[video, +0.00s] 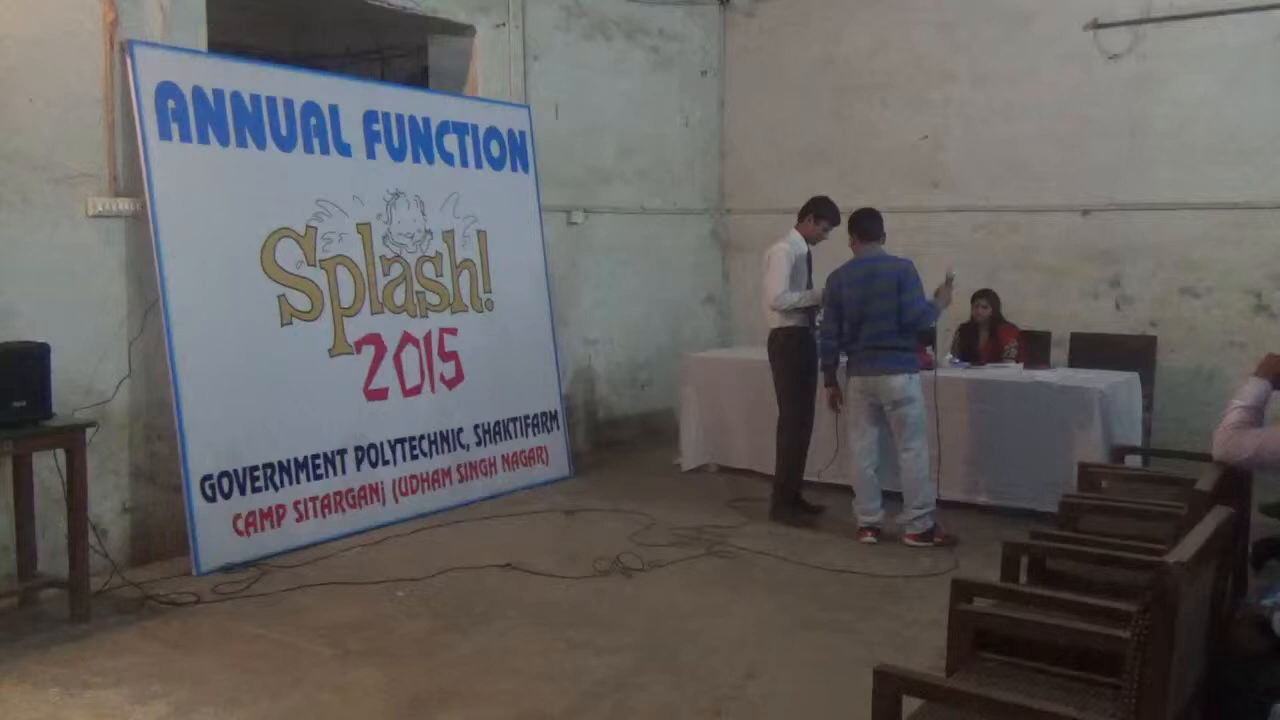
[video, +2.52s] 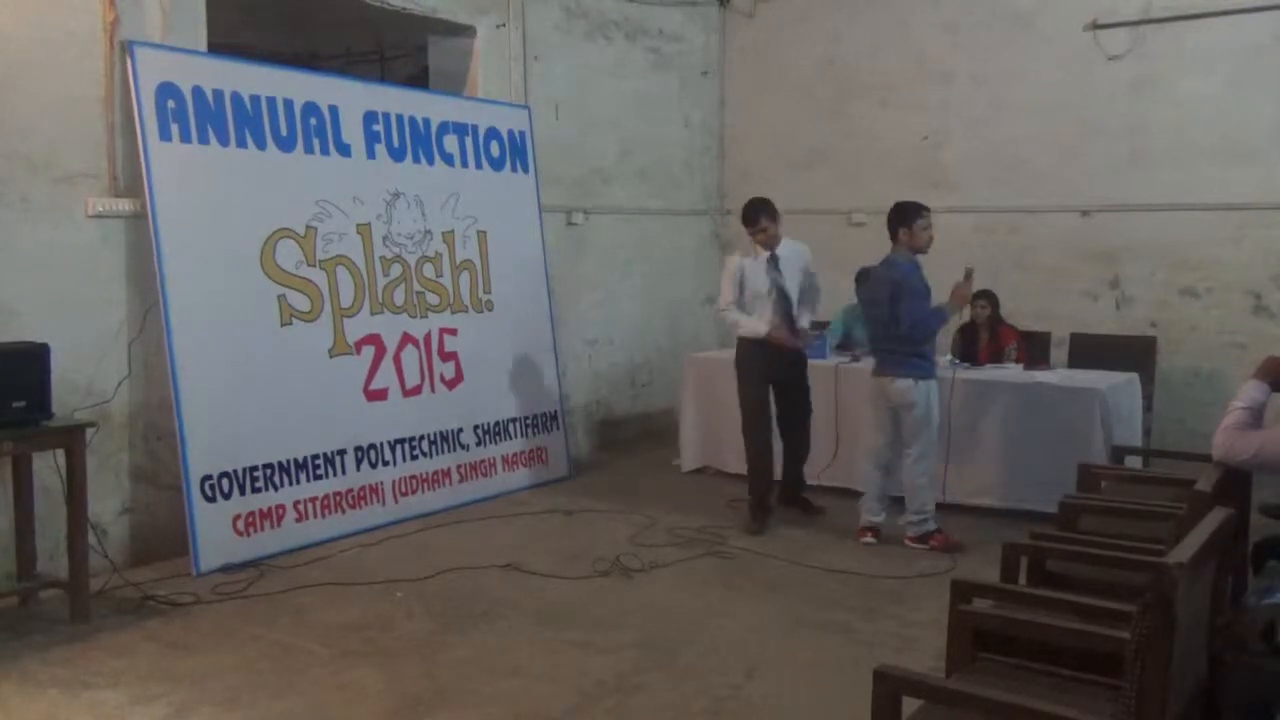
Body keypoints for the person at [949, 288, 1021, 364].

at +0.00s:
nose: (978, 311)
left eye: (984, 307)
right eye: (976, 306)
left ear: (993, 310)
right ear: (972, 308)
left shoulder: (1008, 331)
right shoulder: (964, 330)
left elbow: (1009, 365)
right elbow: (954, 361)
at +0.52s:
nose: (978, 311)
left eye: (983, 308)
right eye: (975, 306)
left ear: (993, 310)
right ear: (971, 308)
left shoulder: (1007, 332)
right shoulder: (964, 330)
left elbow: (1009, 365)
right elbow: (954, 361)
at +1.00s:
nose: (978, 312)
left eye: (983, 308)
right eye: (975, 307)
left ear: (993, 310)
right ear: (971, 309)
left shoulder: (1007, 332)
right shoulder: (964, 330)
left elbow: (1009, 365)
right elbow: (954, 361)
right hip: (967, 381)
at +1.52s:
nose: (978, 312)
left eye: (983, 308)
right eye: (975, 307)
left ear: (993, 310)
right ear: (971, 308)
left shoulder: (1007, 332)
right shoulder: (964, 331)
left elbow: (1009, 365)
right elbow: (953, 361)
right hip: (967, 381)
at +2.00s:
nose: (978, 311)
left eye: (983, 308)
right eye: (975, 307)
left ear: (993, 310)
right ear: (971, 308)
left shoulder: (1007, 332)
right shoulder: (963, 331)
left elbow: (1009, 364)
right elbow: (954, 361)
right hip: (967, 380)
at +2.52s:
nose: (977, 311)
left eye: (983, 307)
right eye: (974, 307)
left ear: (992, 310)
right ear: (971, 309)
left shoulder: (1006, 333)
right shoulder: (963, 332)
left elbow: (1008, 367)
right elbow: (955, 363)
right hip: (968, 382)